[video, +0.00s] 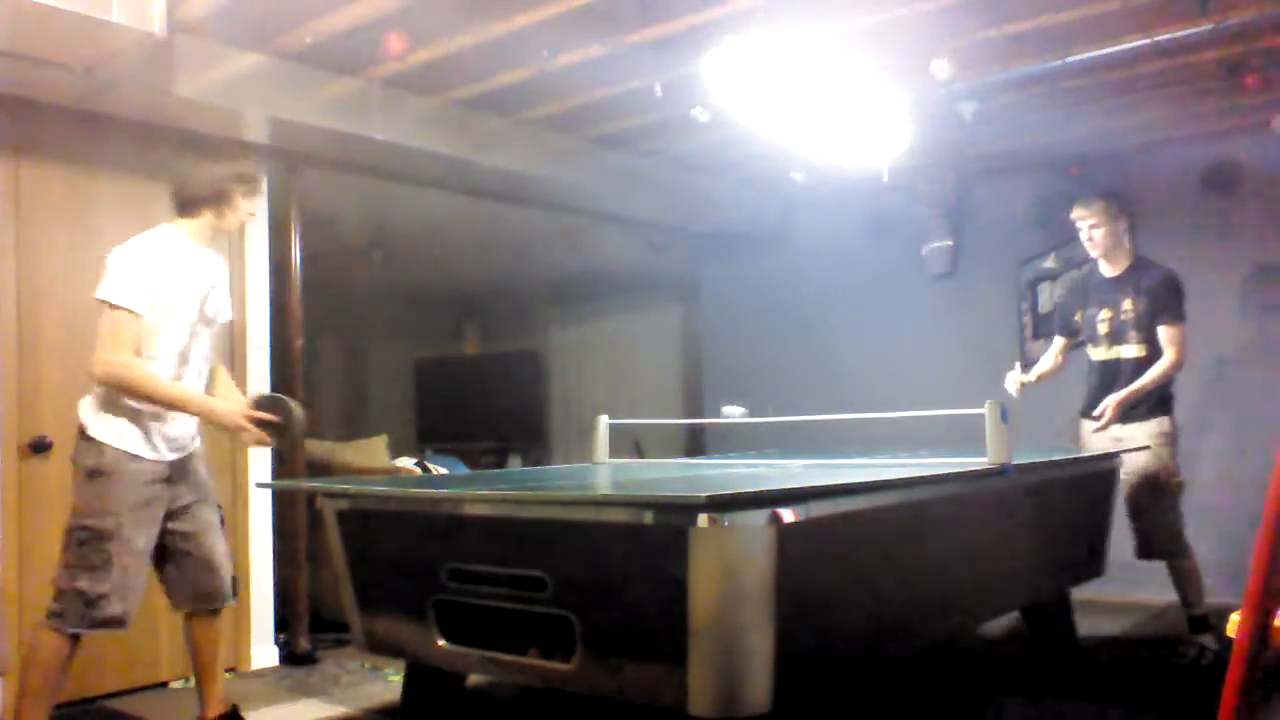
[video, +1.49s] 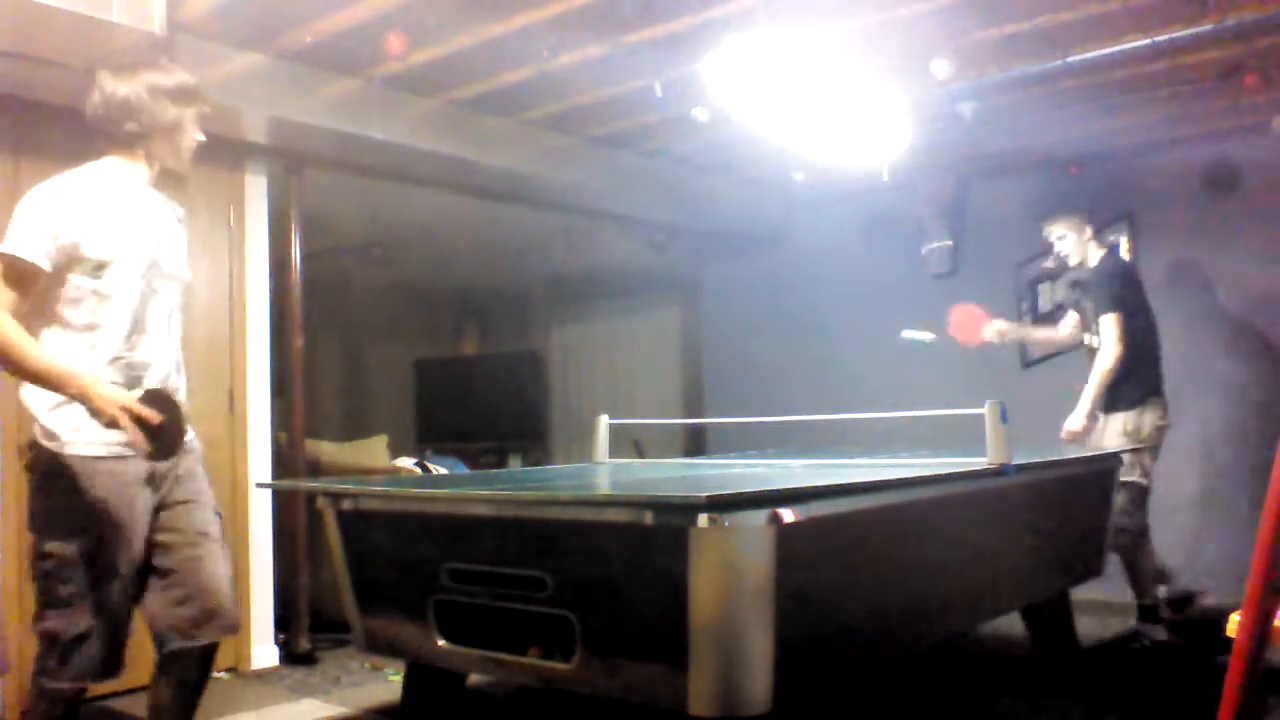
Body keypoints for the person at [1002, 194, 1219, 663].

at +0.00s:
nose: (1087, 237)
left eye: (1095, 227)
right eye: (1082, 231)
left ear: (1123, 225)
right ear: (1079, 237)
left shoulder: (1158, 282)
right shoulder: (1078, 288)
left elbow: (1173, 355)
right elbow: (1057, 353)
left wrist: (1120, 398)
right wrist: (1030, 375)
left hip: (1147, 426)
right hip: (1093, 428)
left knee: (1163, 532)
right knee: (1071, 530)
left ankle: (1199, 627)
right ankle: (1043, 621)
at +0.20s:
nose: (1037, 250)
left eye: (1044, 240)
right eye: (1031, 243)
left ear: (1069, 239)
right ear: (1027, 248)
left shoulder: (1101, 293)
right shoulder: (1034, 299)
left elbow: (1124, 364)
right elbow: (1033, 358)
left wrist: (1075, 416)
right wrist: (1006, 395)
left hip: (1105, 434)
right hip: (1055, 437)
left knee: (1146, 533)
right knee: (1048, 537)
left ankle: (1192, 617)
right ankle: (1048, 628)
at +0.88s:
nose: (989, 252)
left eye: (994, 242)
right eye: (985, 246)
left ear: (1017, 234)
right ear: (982, 248)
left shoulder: (1050, 277)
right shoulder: (999, 293)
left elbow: (1080, 340)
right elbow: (1008, 359)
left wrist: (1054, 404)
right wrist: (978, 392)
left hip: (1060, 418)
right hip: (1019, 422)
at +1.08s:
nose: (1004, 262)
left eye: (1007, 251)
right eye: (999, 255)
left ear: (1030, 241)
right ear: (1013, 251)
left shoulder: (1062, 279)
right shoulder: (1035, 289)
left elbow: (1089, 345)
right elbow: (1054, 358)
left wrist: (1055, 407)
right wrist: (1036, 404)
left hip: (1080, 420)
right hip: (1057, 421)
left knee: (1048, 524)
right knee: (1093, 522)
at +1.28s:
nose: (1032, 266)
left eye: (1033, 256)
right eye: (1028, 259)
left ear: (1053, 244)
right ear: (1058, 243)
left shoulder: (1074, 280)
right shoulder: (1100, 274)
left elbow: (1091, 349)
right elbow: (1108, 357)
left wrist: (1063, 414)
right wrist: (1063, 380)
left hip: (1099, 419)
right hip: (1125, 414)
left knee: (1065, 518)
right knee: (1115, 523)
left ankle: (1046, 621)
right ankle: (1147, 620)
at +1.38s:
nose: (1045, 258)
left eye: (1047, 247)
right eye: (1040, 250)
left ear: (1070, 237)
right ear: (1072, 239)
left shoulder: (1088, 274)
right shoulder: (1106, 270)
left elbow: (1102, 348)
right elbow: (1094, 350)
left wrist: (1073, 412)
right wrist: (1032, 360)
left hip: (1113, 415)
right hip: (1132, 412)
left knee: (1097, 511)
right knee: (1122, 519)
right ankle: (1148, 618)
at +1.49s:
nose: (1057, 249)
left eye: (1061, 238)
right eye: (1053, 242)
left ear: (1087, 230)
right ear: (1065, 241)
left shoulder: (1108, 274)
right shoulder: (1090, 279)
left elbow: (1112, 348)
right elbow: (1066, 333)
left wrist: (1083, 410)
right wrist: (1012, 331)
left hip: (1135, 413)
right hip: (1115, 413)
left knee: (1124, 521)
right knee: (1119, 520)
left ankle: (1151, 618)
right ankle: (1167, 593)